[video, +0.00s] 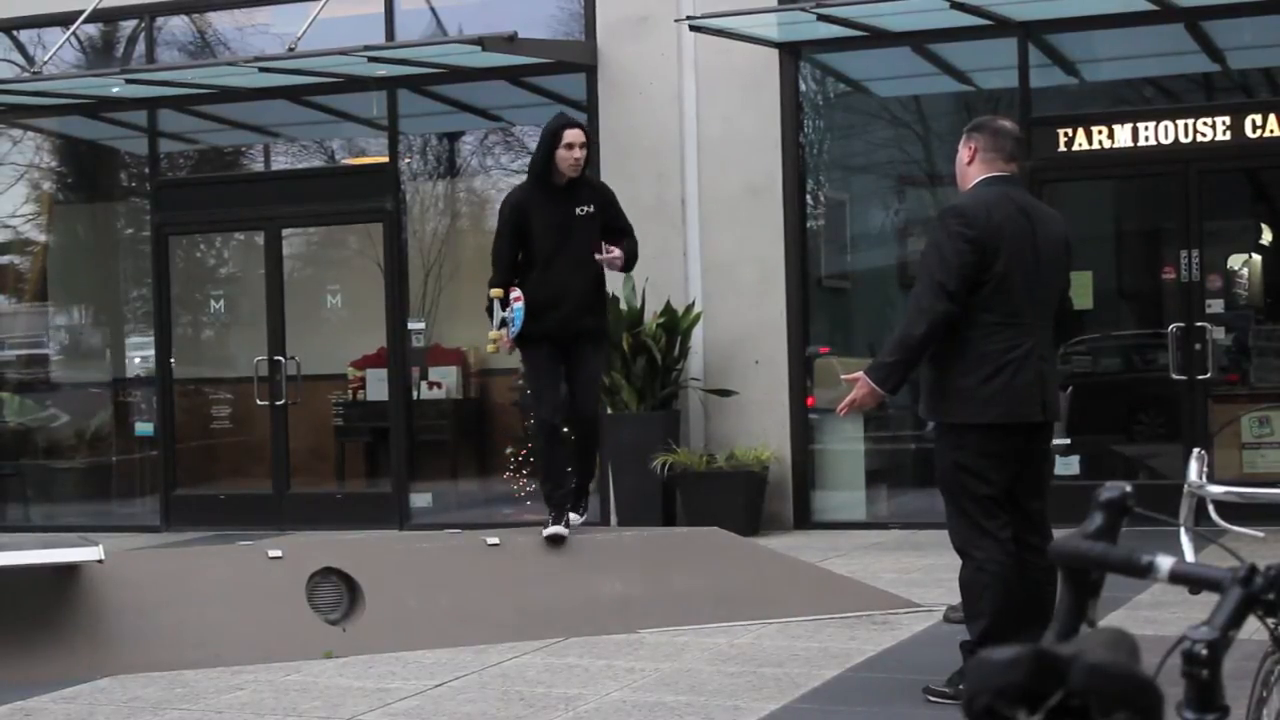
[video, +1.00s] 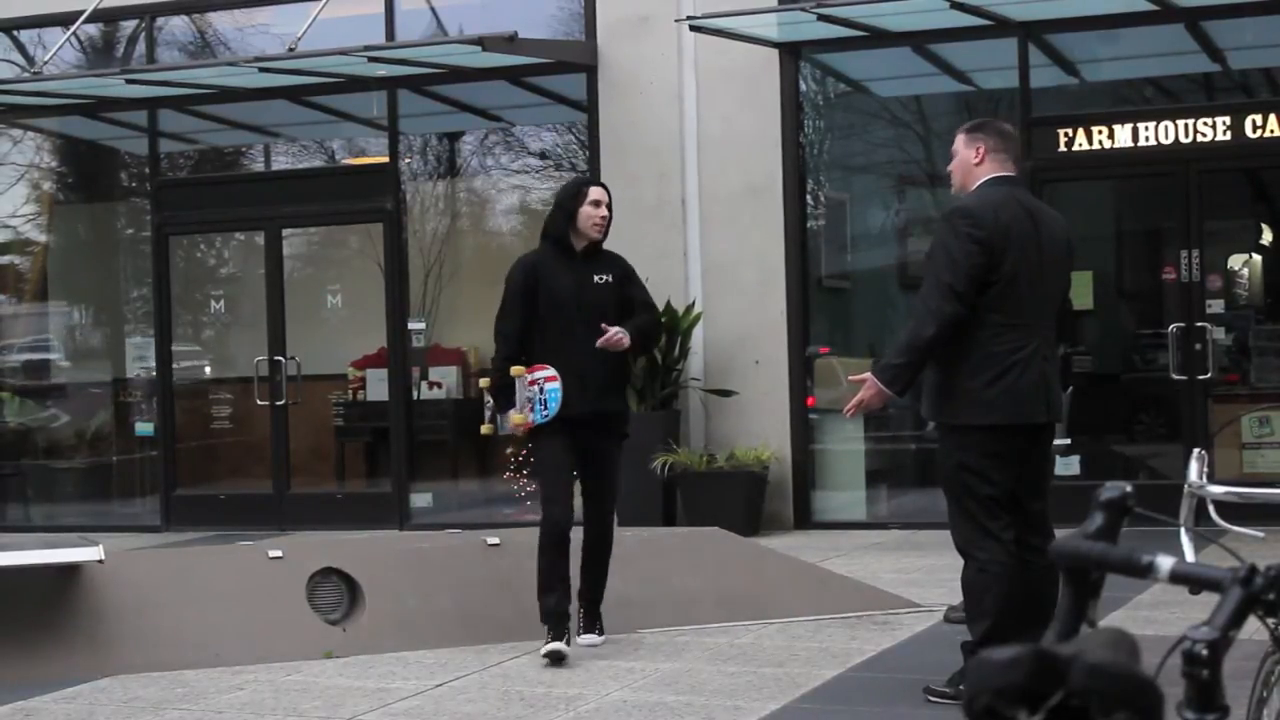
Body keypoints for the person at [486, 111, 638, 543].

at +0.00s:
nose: (577, 155)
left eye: (582, 147)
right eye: (569, 147)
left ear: (587, 152)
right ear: (550, 151)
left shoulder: (597, 194)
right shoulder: (520, 202)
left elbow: (626, 243)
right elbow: (502, 268)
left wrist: (620, 259)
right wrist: (499, 318)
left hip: (588, 323)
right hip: (539, 326)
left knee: (587, 413)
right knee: (548, 416)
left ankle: (581, 493)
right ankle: (557, 511)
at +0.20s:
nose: (574, 145)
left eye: (578, 138)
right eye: (565, 138)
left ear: (583, 144)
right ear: (545, 144)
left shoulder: (593, 192)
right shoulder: (516, 198)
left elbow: (616, 252)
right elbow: (500, 265)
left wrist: (614, 303)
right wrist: (500, 322)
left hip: (587, 324)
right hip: (538, 326)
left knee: (588, 416)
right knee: (546, 419)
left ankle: (593, 512)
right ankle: (557, 511)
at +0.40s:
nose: (579, 155)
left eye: (584, 149)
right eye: (571, 148)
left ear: (589, 156)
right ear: (550, 152)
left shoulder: (598, 205)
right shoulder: (520, 209)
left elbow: (614, 273)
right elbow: (503, 277)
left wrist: (615, 330)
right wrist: (501, 336)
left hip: (588, 340)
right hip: (537, 342)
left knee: (590, 436)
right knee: (546, 435)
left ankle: (590, 538)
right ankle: (559, 510)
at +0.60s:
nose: (594, 189)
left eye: (599, 183)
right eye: (586, 181)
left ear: (603, 192)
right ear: (563, 185)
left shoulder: (609, 243)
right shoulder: (528, 241)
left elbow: (633, 296)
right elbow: (506, 308)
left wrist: (621, 349)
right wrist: (500, 370)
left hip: (589, 378)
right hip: (536, 380)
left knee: (592, 480)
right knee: (539, 477)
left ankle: (589, 588)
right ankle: (562, 509)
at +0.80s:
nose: (605, 232)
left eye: (609, 226)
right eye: (597, 224)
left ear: (612, 236)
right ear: (573, 228)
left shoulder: (617, 292)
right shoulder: (536, 287)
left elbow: (638, 353)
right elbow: (512, 353)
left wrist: (638, 395)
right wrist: (504, 414)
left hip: (603, 424)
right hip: (546, 424)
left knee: (601, 525)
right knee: (544, 524)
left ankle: (591, 618)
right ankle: (555, 538)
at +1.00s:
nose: (603, 213)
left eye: (606, 206)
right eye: (594, 205)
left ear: (607, 215)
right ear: (569, 209)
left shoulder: (614, 267)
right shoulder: (532, 267)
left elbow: (650, 319)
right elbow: (507, 338)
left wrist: (629, 335)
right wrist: (506, 404)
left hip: (604, 412)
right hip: (549, 414)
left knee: (599, 520)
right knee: (556, 518)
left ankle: (591, 614)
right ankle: (556, 624)